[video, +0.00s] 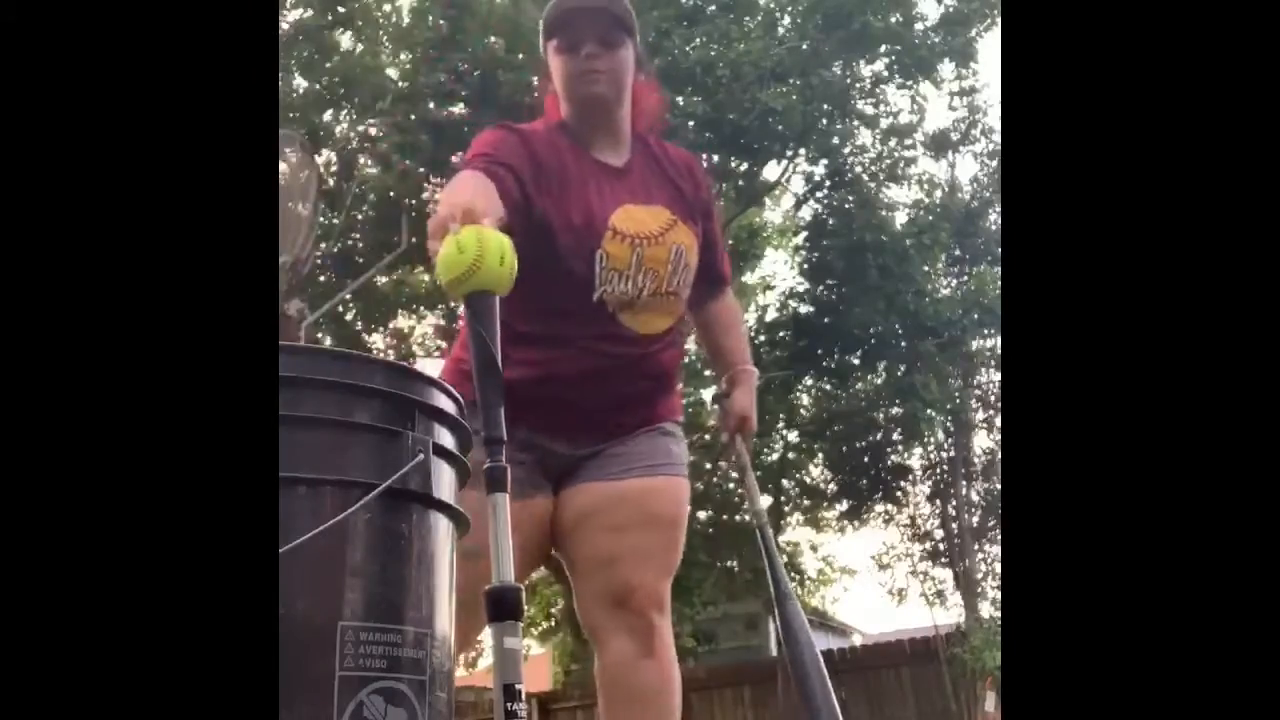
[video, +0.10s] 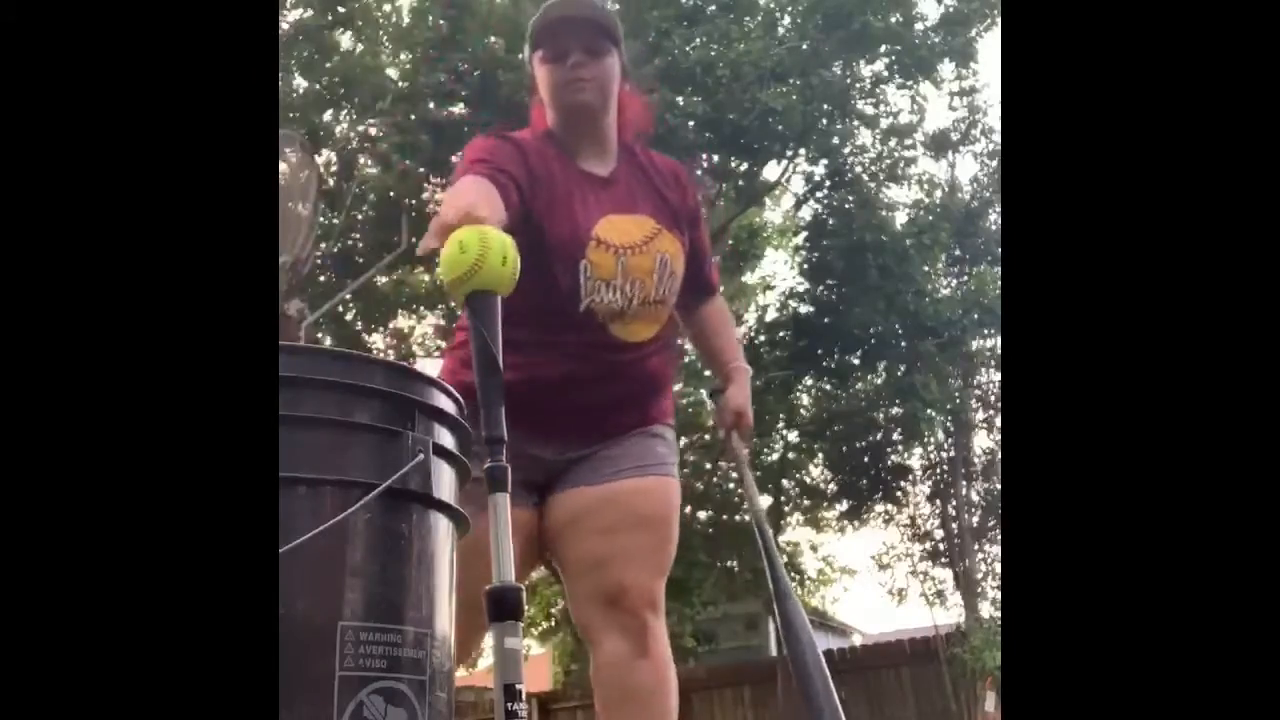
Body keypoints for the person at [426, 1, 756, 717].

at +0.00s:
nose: (589, 61)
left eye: (607, 46)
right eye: (571, 48)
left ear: (636, 60)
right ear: (548, 66)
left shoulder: (685, 177)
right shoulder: (518, 148)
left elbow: (712, 290)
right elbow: (478, 186)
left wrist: (742, 375)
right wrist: (464, 217)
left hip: (633, 428)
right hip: (499, 422)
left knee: (638, 621)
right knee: (447, 626)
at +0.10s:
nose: (577, 69)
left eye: (594, 54)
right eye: (558, 56)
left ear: (620, 68)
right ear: (534, 73)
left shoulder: (670, 184)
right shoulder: (507, 154)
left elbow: (699, 293)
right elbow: (478, 191)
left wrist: (737, 371)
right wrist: (469, 225)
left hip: (623, 431)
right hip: (492, 427)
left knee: (632, 622)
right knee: (442, 638)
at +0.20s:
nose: (553, 75)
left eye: (569, 62)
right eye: (535, 64)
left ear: (597, 81)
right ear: (511, 84)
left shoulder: (645, 185)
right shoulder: (475, 164)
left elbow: (683, 293)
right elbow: (435, 232)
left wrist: (725, 365)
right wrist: (462, 217)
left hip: (608, 432)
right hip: (477, 434)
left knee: (624, 620)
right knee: (441, 645)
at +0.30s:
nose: (521, 83)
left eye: (537, 70)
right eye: (502, 72)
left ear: (564, 87)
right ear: (478, 92)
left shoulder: (615, 188)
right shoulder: (435, 179)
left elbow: (672, 290)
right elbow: (400, 253)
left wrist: (707, 353)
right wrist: (449, 262)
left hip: (589, 433)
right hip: (462, 435)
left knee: (614, 623)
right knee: (425, 641)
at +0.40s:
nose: (486, 90)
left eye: (502, 77)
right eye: (467, 80)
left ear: (528, 92)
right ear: (445, 98)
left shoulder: (587, 192)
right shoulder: (400, 199)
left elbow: (662, 280)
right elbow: (364, 291)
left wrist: (672, 356)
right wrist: (414, 324)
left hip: (573, 440)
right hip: (450, 446)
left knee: (601, 621)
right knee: (426, 645)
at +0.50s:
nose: (455, 97)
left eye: (471, 84)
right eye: (437, 88)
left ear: (497, 101)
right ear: (416, 111)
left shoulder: (555, 194)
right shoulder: (370, 215)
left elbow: (639, 272)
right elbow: (347, 325)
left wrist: (615, 356)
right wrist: (380, 412)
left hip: (556, 442)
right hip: (433, 451)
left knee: (591, 623)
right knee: (410, 642)